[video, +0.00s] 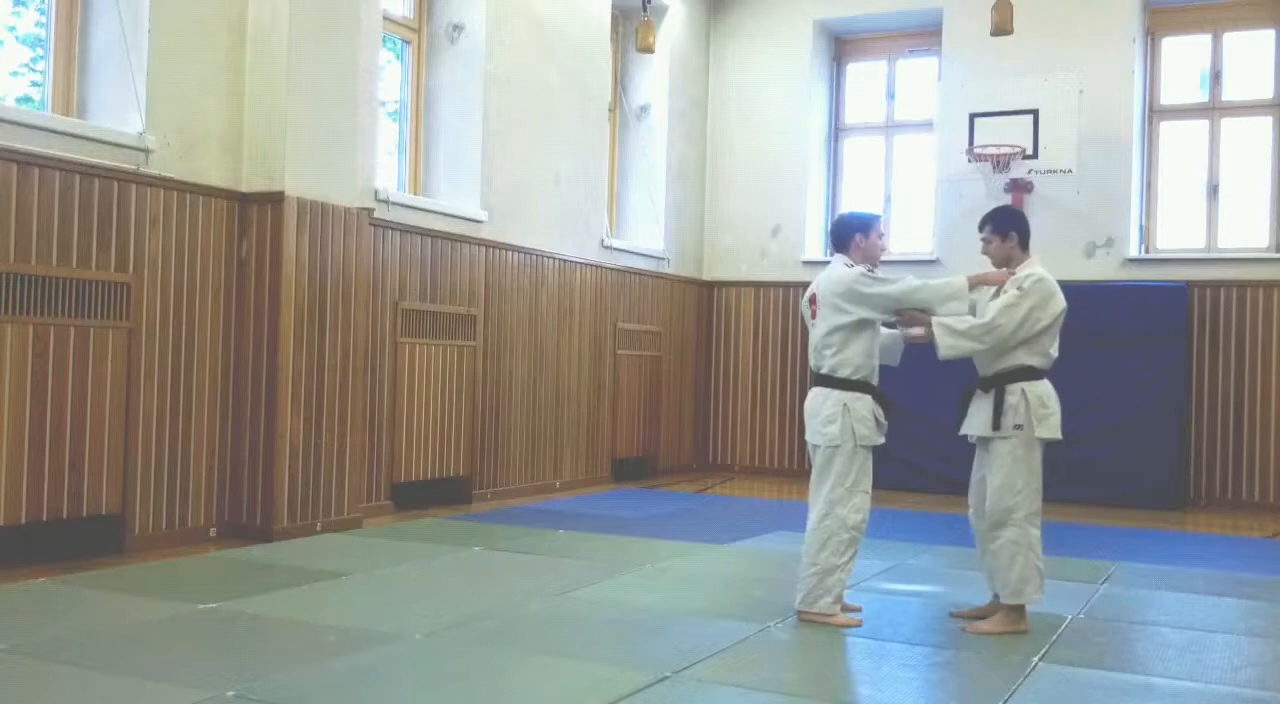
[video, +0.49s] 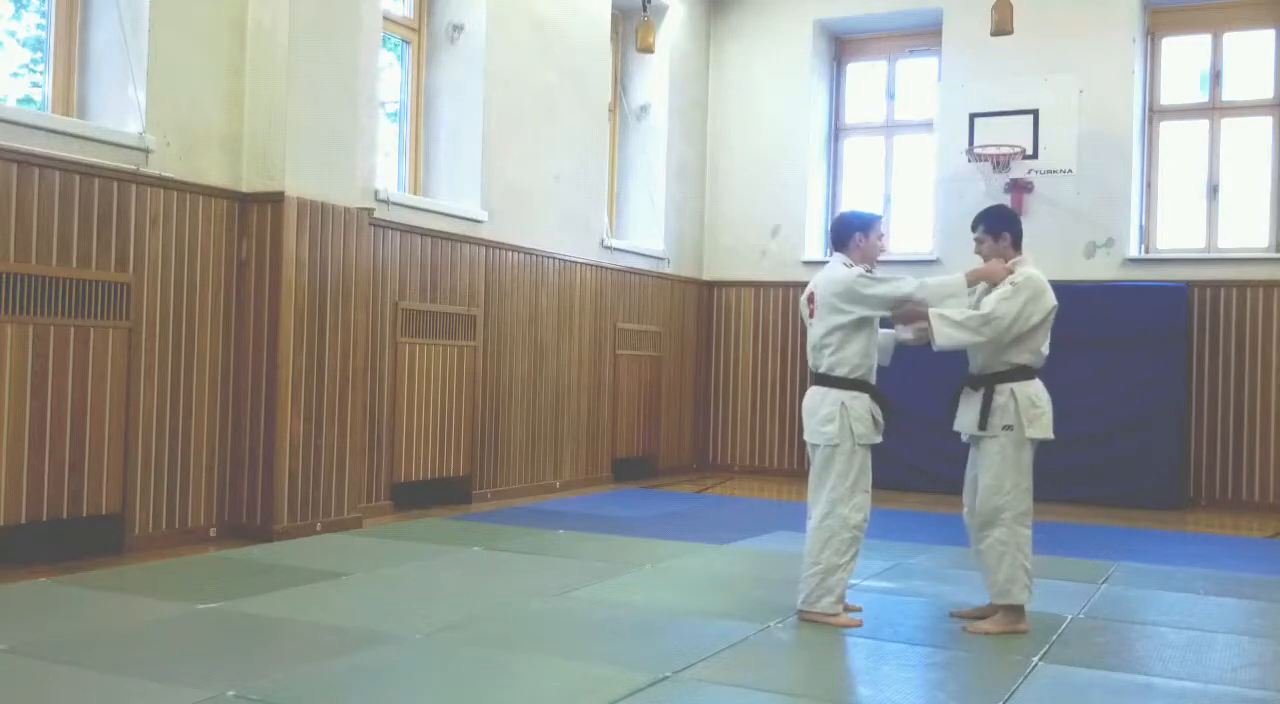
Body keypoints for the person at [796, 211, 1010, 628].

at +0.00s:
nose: (886, 245)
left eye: (884, 237)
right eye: (880, 237)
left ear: (853, 241)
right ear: (858, 241)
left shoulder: (831, 280)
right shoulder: (847, 279)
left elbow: (858, 340)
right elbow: (914, 293)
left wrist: (912, 334)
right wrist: (980, 280)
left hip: (835, 401)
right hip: (841, 406)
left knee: (837, 505)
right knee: (841, 509)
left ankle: (823, 593)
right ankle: (817, 603)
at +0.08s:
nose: (886, 245)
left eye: (885, 237)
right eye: (880, 237)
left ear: (853, 242)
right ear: (858, 241)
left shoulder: (832, 280)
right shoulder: (846, 280)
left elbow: (856, 342)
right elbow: (912, 294)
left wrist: (909, 336)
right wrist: (980, 281)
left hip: (836, 402)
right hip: (841, 407)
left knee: (838, 506)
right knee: (840, 509)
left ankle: (822, 593)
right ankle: (817, 603)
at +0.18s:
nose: (885, 245)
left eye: (884, 238)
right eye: (880, 238)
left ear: (853, 242)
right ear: (858, 241)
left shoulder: (833, 280)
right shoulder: (846, 280)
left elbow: (855, 344)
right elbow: (913, 295)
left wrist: (906, 337)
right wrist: (980, 281)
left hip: (838, 401)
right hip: (840, 406)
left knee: (838, 505)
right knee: (840, 508)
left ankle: (823, 593)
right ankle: (817, 603)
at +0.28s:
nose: (885, 245)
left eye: (884, 238)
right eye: (880, 238)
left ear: (853, 242)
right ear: (858, 241)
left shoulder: (832, 279)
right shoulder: (846, 280)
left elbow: (854, 340)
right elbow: (914, 291)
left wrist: (906, 334)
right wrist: (981, 275)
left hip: (836, 401)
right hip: (840, 406)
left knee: (838, 505)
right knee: (841, 508)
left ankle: (823, 594)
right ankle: (817, 603)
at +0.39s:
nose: (885, 246)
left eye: (884, 238)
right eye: (880, 238)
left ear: (851, 242)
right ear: (857, 241)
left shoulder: (830, 280)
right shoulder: (845, 280)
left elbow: (854, 339)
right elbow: (910, 292)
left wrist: (909, 332)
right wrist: (977, 273)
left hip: (834, 401)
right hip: (841, 406)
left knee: (837, 506)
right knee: (842, 509)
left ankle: (823, 594)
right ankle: (819, 602)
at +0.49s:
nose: (884, 246)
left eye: (883, 238)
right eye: (879, 238)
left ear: (851, 241)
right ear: (857, 241)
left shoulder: (829, 280)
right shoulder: (845, 280)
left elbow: (854, 341)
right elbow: (911, 292)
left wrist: (909, 333)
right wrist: (977, 276)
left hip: (833, 400)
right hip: (840, 406)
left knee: (836, 505)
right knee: (842, 508)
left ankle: (822, 594)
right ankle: (819, 602)